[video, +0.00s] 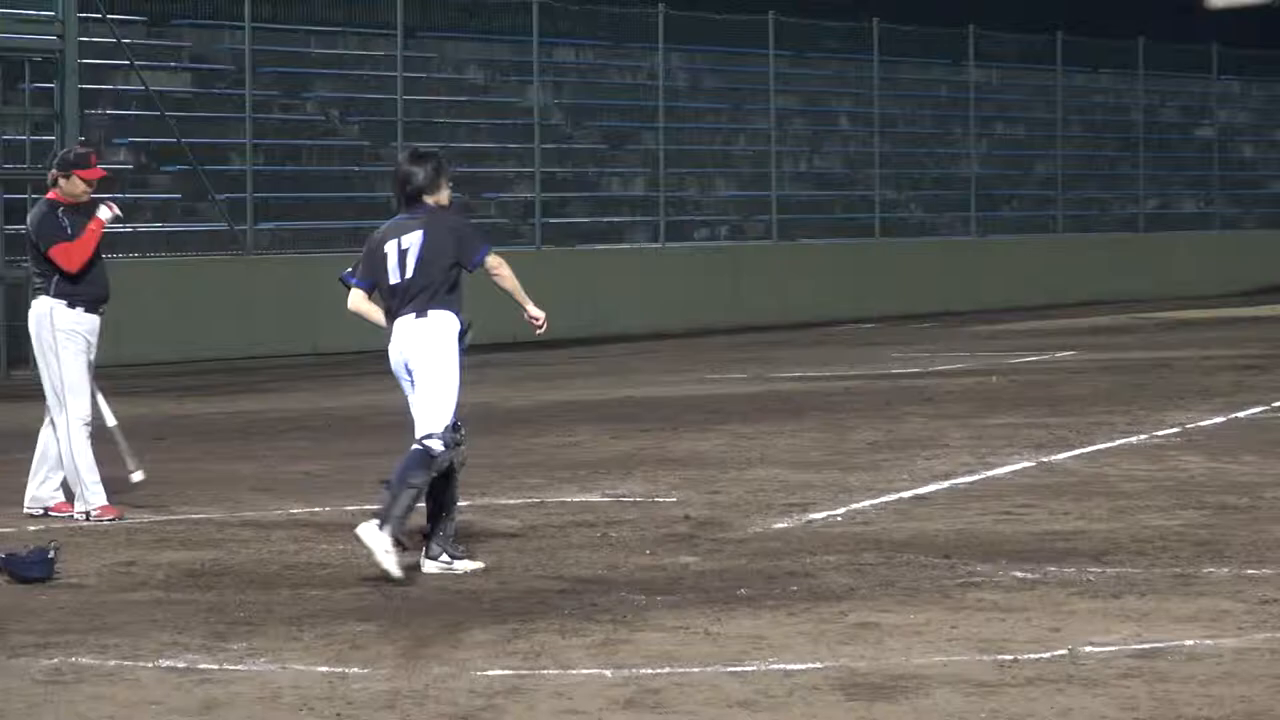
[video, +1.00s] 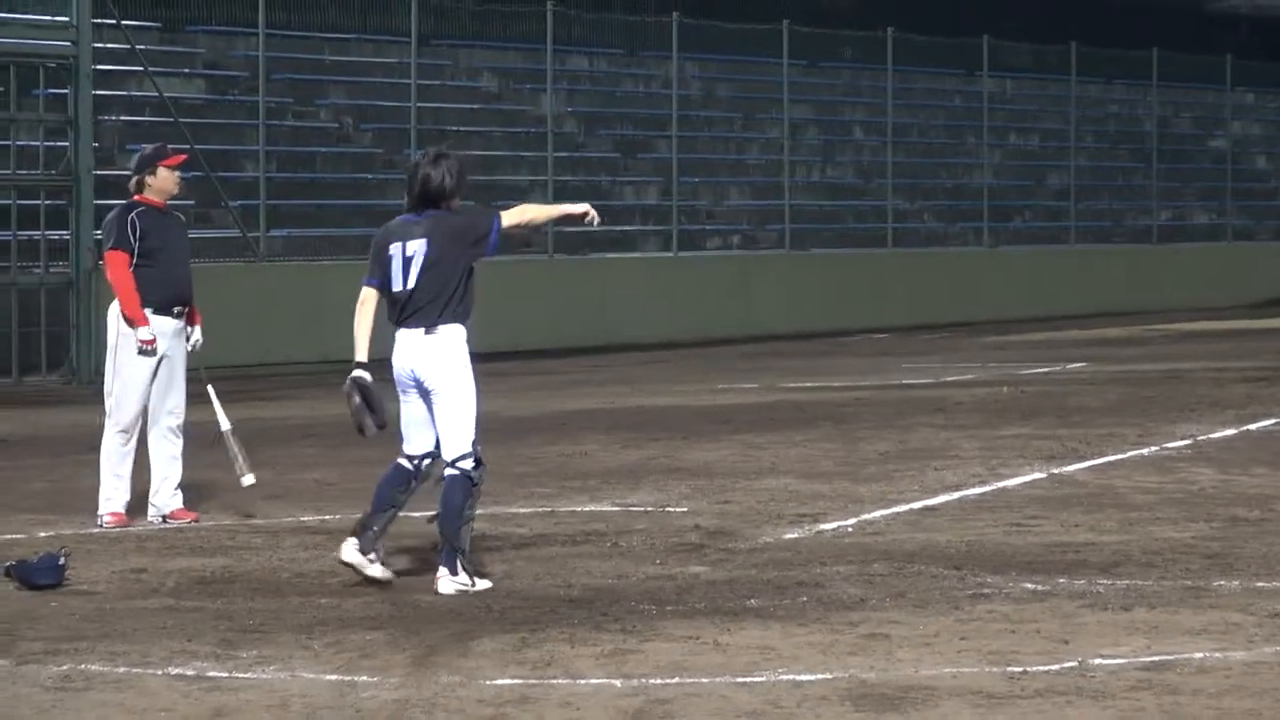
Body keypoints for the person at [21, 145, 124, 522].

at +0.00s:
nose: (92, 188)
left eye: (93, 181)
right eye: (85, 181)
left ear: (80, 181)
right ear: (61, 179)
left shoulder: (79, 213)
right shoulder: (43, 213)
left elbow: (79, 267)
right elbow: (71, 260)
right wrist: (99, 221)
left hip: (84, 318)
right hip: (58, 317)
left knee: (66, 411)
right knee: (74, 412)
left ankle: (42, 495)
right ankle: (91, 502)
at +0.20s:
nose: (117, 177)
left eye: (117, 170)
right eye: (111, 170)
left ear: (97, 173)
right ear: (87, 173)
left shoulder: (98, 209)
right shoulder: (71, 209)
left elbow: (98, 265)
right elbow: (72, 267)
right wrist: (124, 282)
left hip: (105, 314)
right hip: (79, 313)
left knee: (118, 402)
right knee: (85, 406)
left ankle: (67, 472)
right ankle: (95, 499)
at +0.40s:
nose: (131, 178)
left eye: (131, 172)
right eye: (125, 172)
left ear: (112, 175)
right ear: (103, 174)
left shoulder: (113, 214)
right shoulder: (84, 213)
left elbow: (116, 271)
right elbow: (83, 274)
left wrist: (125, 327)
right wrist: (91, 330)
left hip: (121, 321)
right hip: (93, 320)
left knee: (134, 407)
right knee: (91, 414)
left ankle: (124, 490)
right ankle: (91, 502)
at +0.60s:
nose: (150, 183)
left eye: (149, 178)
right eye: (144, 177)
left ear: (130, 183)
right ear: (121, 181)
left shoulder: (135, 222)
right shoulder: (99, 219)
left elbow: (132, 274)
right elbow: (80, 275)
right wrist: (87, 333)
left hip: (143, 329)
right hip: (109, 328)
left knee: (150, 420)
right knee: (98, 425)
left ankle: (159, 505)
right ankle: (94, 510)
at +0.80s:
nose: (165, 178)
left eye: (164, 172)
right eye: (159, 172)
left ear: (144, 177)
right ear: (136, 176)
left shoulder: (160, 218)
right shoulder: (110, 215)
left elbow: (161, 271)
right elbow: (99, 272)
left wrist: (169, 322)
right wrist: (104, 326)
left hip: (161, 327)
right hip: (124, 324)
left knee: (159, 418)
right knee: (110, 420)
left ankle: (159, 502)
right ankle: (97, 506)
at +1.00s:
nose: (179, 175)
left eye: (178, 170)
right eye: (172, 170)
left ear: (158, 178)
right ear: (149, 176)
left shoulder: (175, 220)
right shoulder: (125, 215)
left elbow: (178, 273)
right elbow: (117, 271)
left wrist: (193, 319)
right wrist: (141, 325)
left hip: (174, 328)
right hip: (135, 325)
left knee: (168, 419)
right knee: (124, 420)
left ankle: (166, 503)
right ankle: (112, 507)